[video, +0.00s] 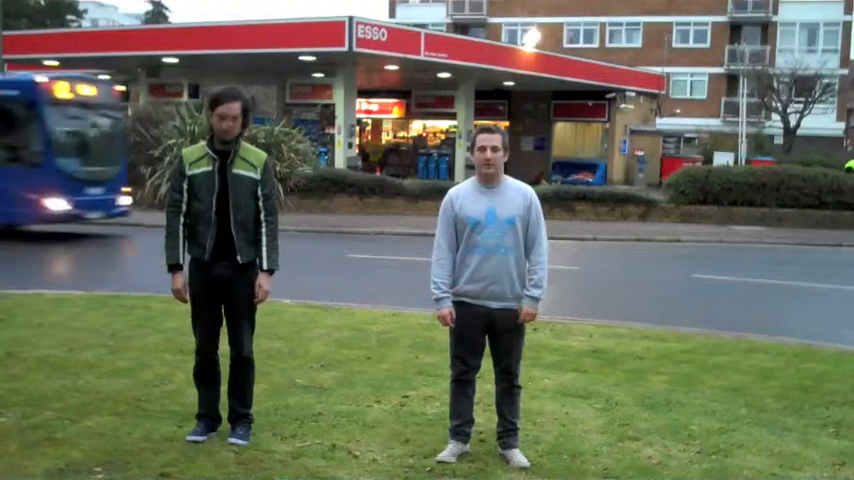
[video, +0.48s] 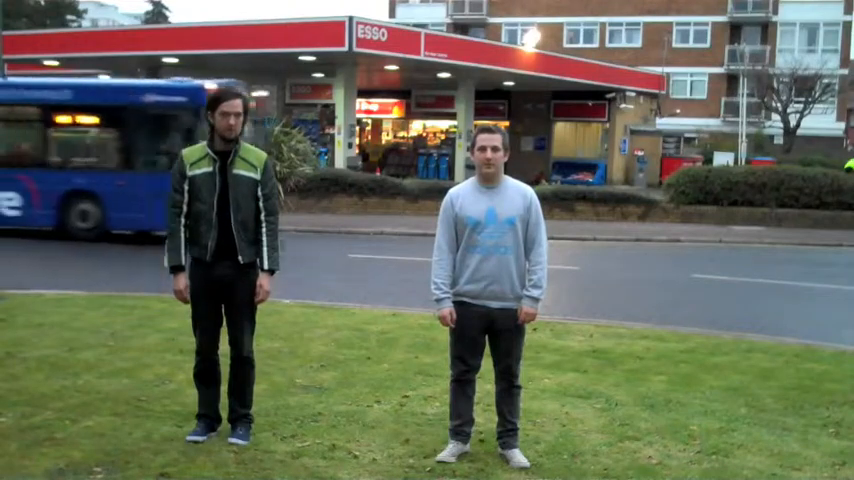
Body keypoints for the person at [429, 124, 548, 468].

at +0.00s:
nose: (487, 155)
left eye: (494, 150)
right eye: (481, 149)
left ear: (505, 155)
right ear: (472, 154)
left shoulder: (525, 196)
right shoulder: (456, 197)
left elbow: (538, 250)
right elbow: (442, 251)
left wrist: (533, 298)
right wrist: (442, 298)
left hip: (510, 305)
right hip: (466, 303)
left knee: (509, 379)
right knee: (462, 376)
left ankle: (510, 444)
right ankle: (458, 440)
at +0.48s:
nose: (488, 155)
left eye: (494, 149)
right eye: (482, 149)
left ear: (505, 155)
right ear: (472, 154)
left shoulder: (525, 196)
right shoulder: (456, 197)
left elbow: (538, 250)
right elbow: (443, 251)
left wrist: (532, 297)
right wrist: (442, 298)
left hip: (510, 305)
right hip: (466, 303)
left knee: (509, 379)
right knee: (462, 376)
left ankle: (509, 444)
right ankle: (458, 440)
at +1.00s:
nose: (487, 155)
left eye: (494, 149)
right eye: (481, 149)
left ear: (505, 155)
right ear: (472, 154)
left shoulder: (525, 196)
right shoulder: (456, 197)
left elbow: (538, 250)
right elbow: (443, 251)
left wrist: (532, 297)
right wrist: (442, 298)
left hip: (510, 305)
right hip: (466, 303)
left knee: (509, 379)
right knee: (462, 376)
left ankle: (509, 444)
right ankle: (458, 440)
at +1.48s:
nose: (487, 155)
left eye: (493, 149)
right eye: (481, 149)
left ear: (505, 155)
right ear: (472, 154)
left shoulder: (524, 195)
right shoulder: (455, 197)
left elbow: (538, 250)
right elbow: (442, 252)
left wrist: (533, 297)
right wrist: (442, 298)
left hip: (510, 305)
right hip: (466, 304)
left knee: (509, 379)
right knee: (462, 376)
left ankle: (509, 444)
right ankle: (458, 440)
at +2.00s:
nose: (487, 155)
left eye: (494, 149)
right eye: (481, 149)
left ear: (505, 155)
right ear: (472, 155)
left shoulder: (524, 196)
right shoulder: (455, 197)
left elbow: (538, 249)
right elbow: (442, 251)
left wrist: (532, 298)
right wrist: (442, 299)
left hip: (510, 305)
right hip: (466, 304)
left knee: (509, 379)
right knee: (462, 376)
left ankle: (509, 444)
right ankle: (458, 440)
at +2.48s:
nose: (487, 155)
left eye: (494, 150)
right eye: (481, 149)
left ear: (504, 155)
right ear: (472, 155)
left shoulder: (524, 196)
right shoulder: (455, 197)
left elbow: (538, 250)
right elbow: (443, 252)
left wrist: (532, 298)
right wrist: (443, 299)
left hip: (510, 305)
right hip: (466, 304)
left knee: (509, 379)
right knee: (462, 376)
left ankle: (510, 444)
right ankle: (458, 440)